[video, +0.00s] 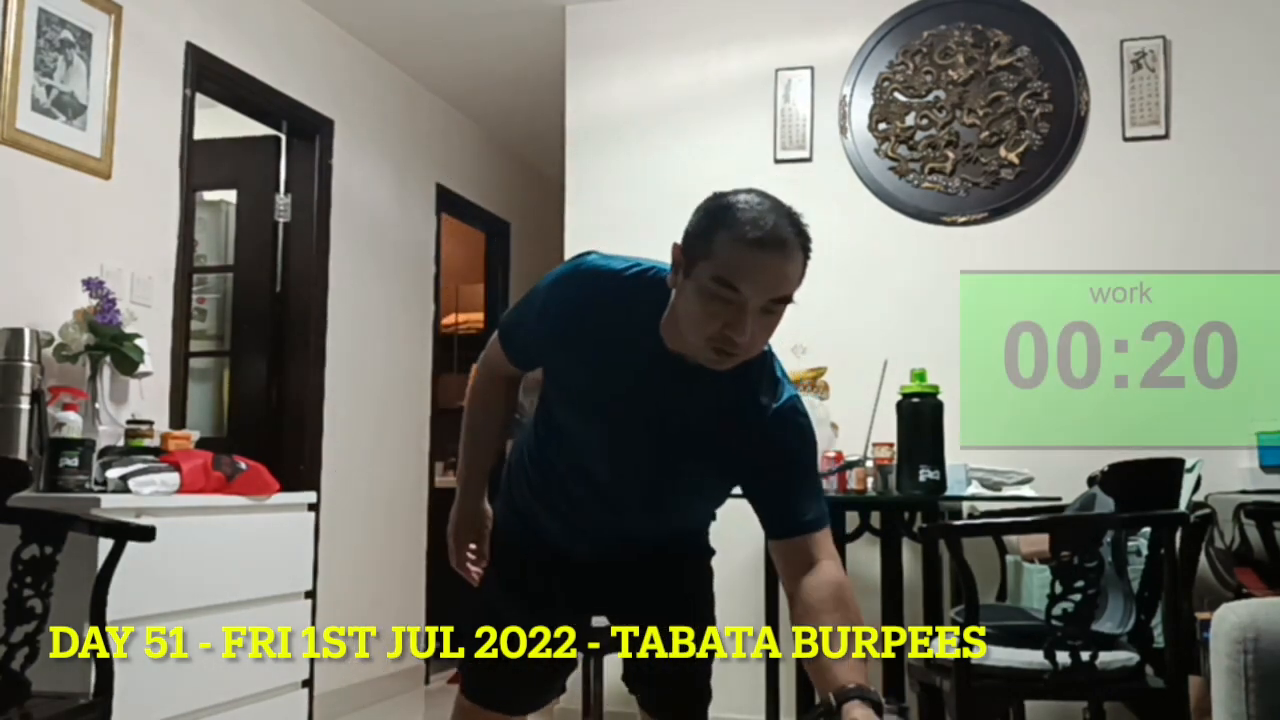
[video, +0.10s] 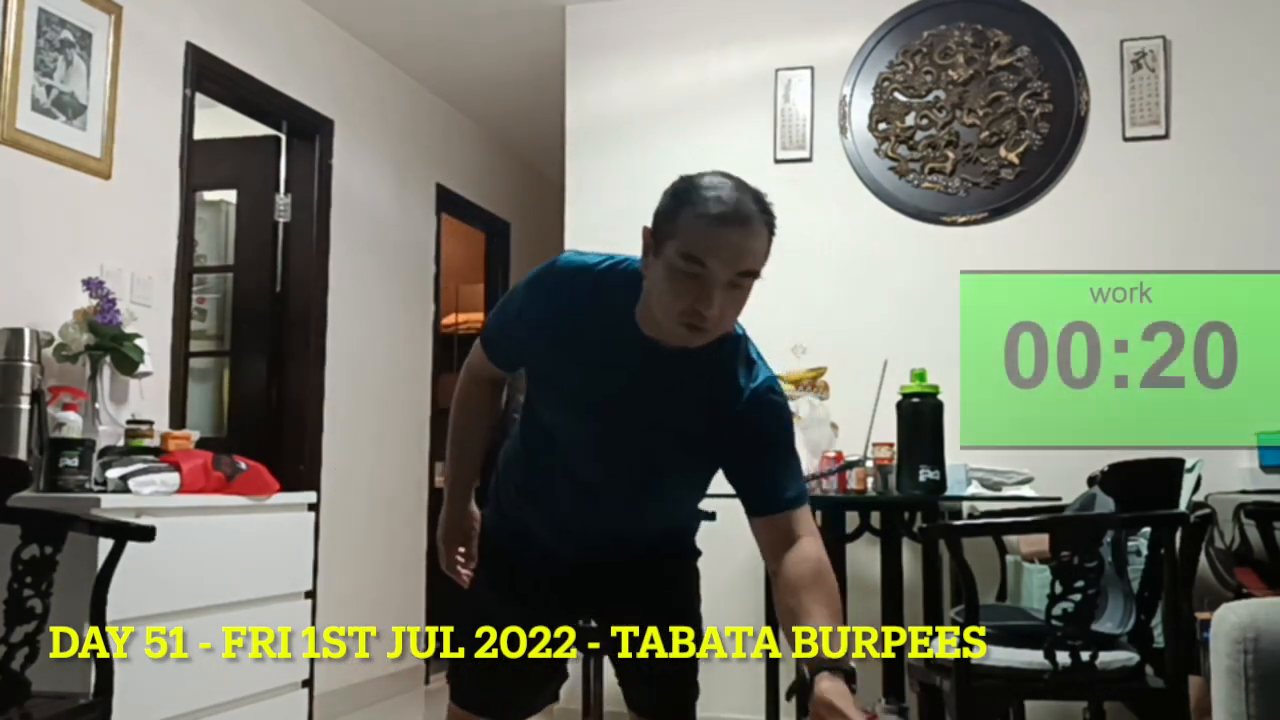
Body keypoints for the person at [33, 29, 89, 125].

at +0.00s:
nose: (67, 51)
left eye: (69, 48)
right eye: (64, 49)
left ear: (74, 49)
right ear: (61, 50)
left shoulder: (79, 66)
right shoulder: (61, 60)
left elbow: (69, 89)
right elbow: (57, 80)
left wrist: (48, 82)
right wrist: (49, 101)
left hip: (79, 102)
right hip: (64, 95)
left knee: (63, 98)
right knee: (48, 88)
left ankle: (70, 119)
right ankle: (61, 116)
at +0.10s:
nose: (66, 51)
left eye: (69, 48)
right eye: (63, 49)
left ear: (74, 49)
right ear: (61, 50)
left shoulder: (79, 66)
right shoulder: (62, 60)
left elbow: (69, 89)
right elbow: (57, 81)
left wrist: (49, 82)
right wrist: (49, 101)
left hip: (79, 102)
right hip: (64, 95)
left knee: (63, 98)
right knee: (48, 88)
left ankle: (69, 119)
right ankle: (61, 116)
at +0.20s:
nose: (67, 52)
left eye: (69, 48)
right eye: (64, 49)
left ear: (74, 49)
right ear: (61, 50)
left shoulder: (79, 66)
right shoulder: (62, 60)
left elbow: (69, 89)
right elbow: (57, 80)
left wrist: (48, 82)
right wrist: (49, 101)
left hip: (79, 102)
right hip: (64, 95)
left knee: (63, 98)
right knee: (47, 88)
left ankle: (70, 119)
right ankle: (61, 116)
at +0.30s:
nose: (67, 51)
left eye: (69, 48)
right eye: (63, 49)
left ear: (74, 49)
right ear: (61, 50)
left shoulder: (79, 66)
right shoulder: (62, 60)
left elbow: (69, 89)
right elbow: (57, 81)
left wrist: (48, 82)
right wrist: (49, 101)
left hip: (79, 102)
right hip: (64, 95)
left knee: (63, 98)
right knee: (47, 88)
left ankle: (69, 119)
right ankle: (61, 116)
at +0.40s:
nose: (67, 52)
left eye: (69, 48)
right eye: (64, 49)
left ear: (74, 49)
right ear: (61, 50)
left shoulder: (79, 66)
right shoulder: (61, 60)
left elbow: (69, 89)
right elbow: (57, 81)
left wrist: (48, 82)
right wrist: (49, 101)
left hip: (79, 102)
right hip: (64, 95)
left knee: (63, 98)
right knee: (47, 88)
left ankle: (70, 119)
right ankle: (61, 116)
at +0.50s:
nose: (66, 51)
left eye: (69, 48)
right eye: (63, 49)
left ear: (74, 49)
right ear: (61, 50)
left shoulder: (79, 66)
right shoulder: (62, 60)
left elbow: (69, 89)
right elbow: (57, 81)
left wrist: (49, 82)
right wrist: (49, 101)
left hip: (79, 102)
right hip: (64, 95)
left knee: (64, 98)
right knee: (48, 88)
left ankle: (70, 119)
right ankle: (61, 116)